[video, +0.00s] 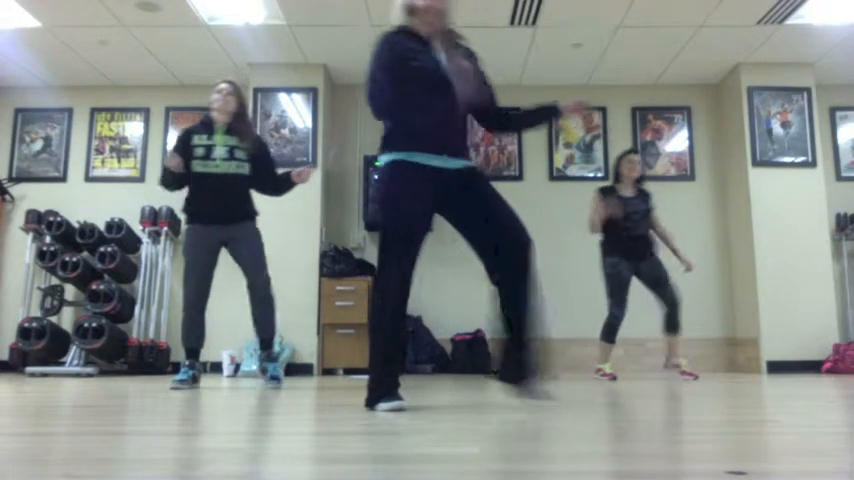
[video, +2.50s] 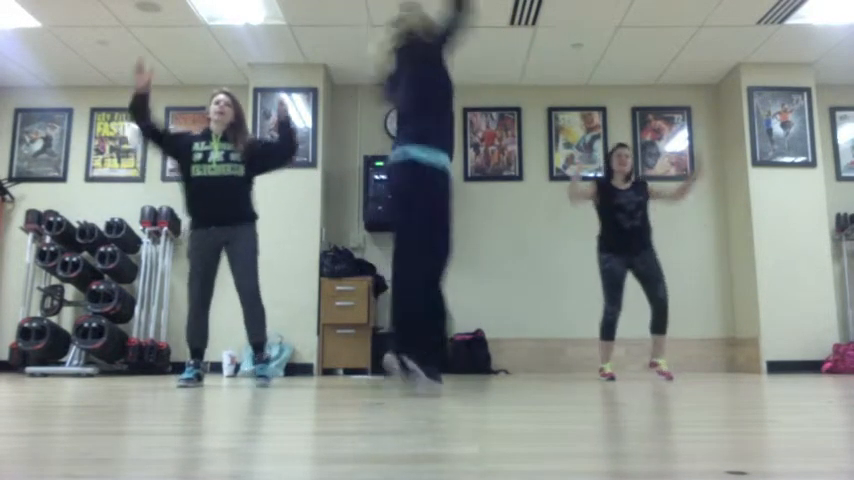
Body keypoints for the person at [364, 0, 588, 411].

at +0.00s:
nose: (431, 5)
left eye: (436, 1)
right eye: (423, 1)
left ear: (446, 7)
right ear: (410, 7)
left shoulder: (461, 54)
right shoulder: (395, 44)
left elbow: (493, 119)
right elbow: (382, 104)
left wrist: (557, 110)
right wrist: (444, 89)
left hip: (456, 174)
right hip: (406, 171)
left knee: (512, 247)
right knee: (393, 278)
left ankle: (517, 368)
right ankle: (383, 389)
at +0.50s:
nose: (417, 5)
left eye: (423, 2)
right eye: (409, 2)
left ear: (435, 13)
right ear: (398, 14)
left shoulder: (458, 66)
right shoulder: (388, 58)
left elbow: (493, 127)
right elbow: (370, 111)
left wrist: (554, 118)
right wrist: (392, 69)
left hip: (453, 182)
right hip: (403, 177)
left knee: (494, 266)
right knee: (393, 282)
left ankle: (448, 349)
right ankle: (382, 389)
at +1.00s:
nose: (494, 48)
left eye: (502, 44)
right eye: (488, 42)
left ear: (511, 56)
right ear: (477, 48)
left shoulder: (509, 112)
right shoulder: (457, 85)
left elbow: (526, 171)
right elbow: (415, 128)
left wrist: (581, 166)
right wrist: (436, 103)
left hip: (467, 203)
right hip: (435, 191)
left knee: (489, 289)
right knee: (452, 272)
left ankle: (486, 381)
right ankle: (388, 352)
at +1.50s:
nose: (478, 54)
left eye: (486, 50)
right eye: (474, 48)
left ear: (495, 61)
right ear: (464, 54)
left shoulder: (494, 116)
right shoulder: (442, 87)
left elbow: (508, 175)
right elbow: (412, 115)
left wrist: (554, 175)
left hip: (456, 207)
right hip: (417, 198)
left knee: (475, 290)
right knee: (405, 278)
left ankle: (484, 380)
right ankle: (381, 370)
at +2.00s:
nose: (416, 40)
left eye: (422, 37)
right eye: (410, 37)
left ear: (431, 48)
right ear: (400, 46)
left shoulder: (448, 91)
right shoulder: (381, 80)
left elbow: (501, 87)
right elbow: (337, 47)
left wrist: (530, 58)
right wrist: (313, 7)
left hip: (433, 197)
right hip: (387, 195)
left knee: (442, 275)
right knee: (380, 281)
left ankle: (424, 358)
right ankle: (371, 375)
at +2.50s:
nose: (431, 25)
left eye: (423, 22)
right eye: (426, 21)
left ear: (399, 32)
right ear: (424, 27)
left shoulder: (401, 64)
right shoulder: (425, 50)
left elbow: (389, 92)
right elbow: (457, 18)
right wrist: (457, 4)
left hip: (406, 167)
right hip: (427, 168)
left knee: (411, 257)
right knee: (429, 257)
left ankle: (403, 347)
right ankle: (419, 352)